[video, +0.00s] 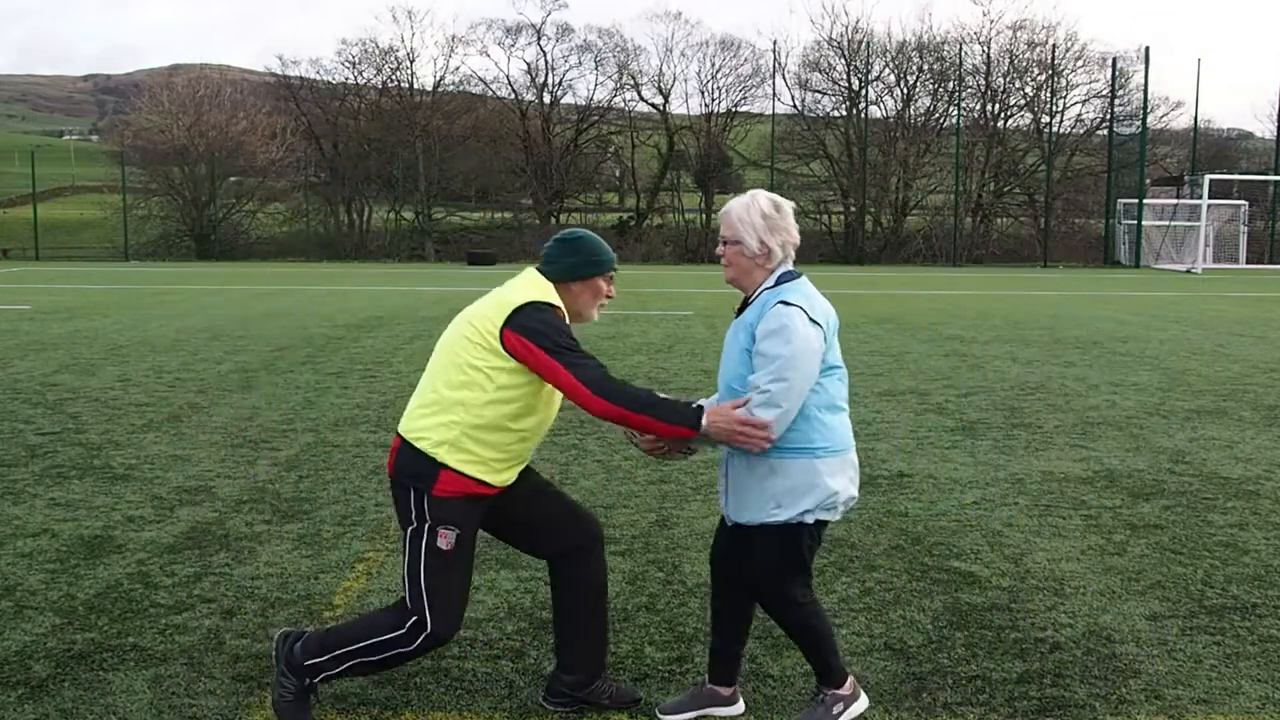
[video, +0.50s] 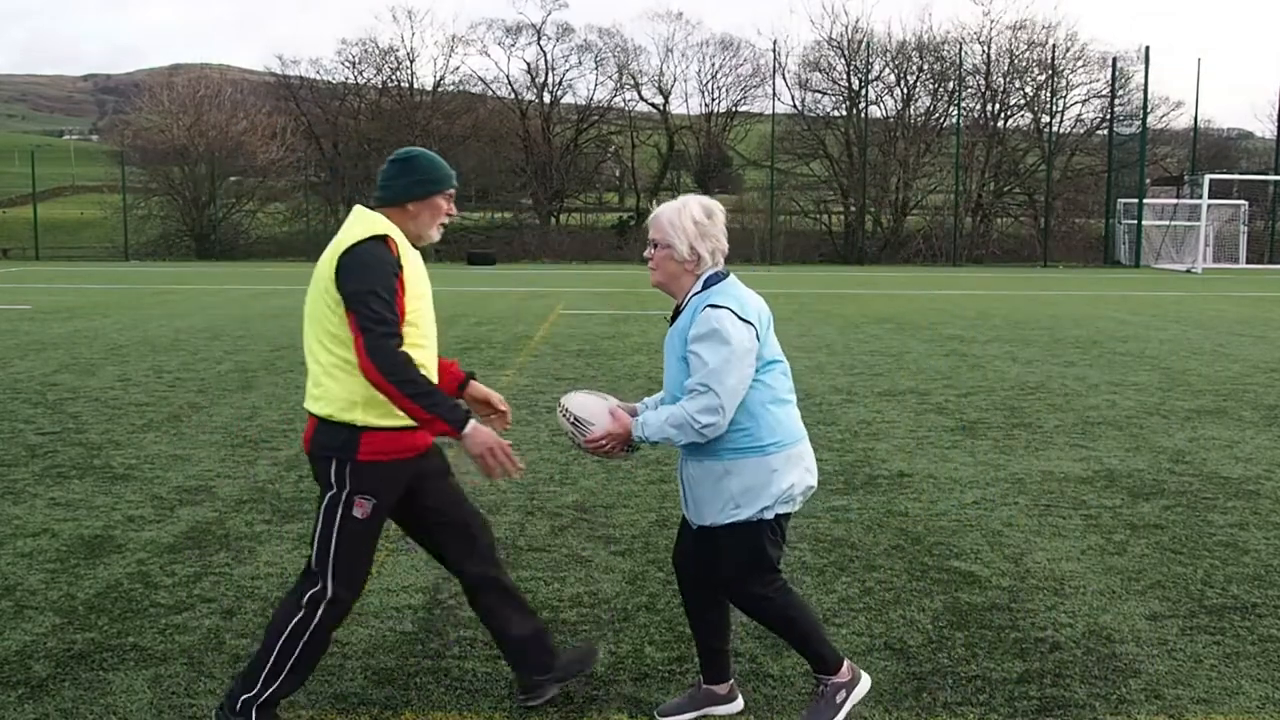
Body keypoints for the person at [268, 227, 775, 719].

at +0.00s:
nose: (609, 291)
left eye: (610, 282)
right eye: (603, 281)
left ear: (568, 277)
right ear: (570, 277)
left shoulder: (545, 310)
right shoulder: (527, 312)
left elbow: (603, 391)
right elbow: (598, 391)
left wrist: (682, 421)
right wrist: (701, 420)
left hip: (487, 467)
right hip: (436, 466)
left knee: (579, 538)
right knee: (431, 621)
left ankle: (577, 680)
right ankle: (300, 658)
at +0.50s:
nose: (450, 213)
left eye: (451, 202)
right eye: (444, 201)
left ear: (409, 200)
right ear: (410, 199)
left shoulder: (395, 247)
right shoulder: (368, 251)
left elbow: (406, 348)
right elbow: (383, 359)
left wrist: (465, 387)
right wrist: (462, 426)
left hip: (402, 441)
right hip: (358, 446)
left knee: (474, 551)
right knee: (329, 588)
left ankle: (538, 666)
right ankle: (246, 707)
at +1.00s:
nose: (313, 183)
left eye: (315, 173)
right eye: (304, 172)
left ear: (282, 178)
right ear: (267, 174)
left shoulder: (270, 232)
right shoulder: (226, 225)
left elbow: (264, 329)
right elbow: (191, 324)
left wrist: (306, 392)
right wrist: (221, 423)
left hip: (253, 411)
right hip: (213, 413)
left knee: (245, 539)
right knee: (239, 547)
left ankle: (209, 645)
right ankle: (226, 692)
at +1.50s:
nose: (246, 178)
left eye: (248, 168)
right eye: (236, 167)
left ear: (220, 173)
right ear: (198, 169)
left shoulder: (207, 228)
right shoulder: (159, 226)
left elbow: (204, 326)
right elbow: (142, 336)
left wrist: (252, 376)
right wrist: (202, 413)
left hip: (195, 407)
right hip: (143, 409)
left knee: (221, 523)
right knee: (149, 547)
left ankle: (203, 645)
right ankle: (131, 675)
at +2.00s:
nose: (257, 176)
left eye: (258, 167)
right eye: (248, 165)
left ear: (230, 171)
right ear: (210, 166)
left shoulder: (219, 224)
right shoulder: (169, 220)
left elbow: (219, 319)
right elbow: (149, 326)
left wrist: (262, 378)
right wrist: (204, 408)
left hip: (207, 402)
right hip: (161, 405)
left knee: (218, 533)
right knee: (177, 545)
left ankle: (206, 642)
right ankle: (156, 682)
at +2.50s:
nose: (234, 169)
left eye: (236, 159)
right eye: (224, 157)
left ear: (214, 165)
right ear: (187, 159)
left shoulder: (202, 218)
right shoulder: (150, 219)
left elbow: (210, 314)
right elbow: (138, 329)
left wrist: (246, 382)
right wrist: (186, 417)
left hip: (211, 408)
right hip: (159, 413)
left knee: (214, 536)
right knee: (165, 551)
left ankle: (205, 643)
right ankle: (156, 682)